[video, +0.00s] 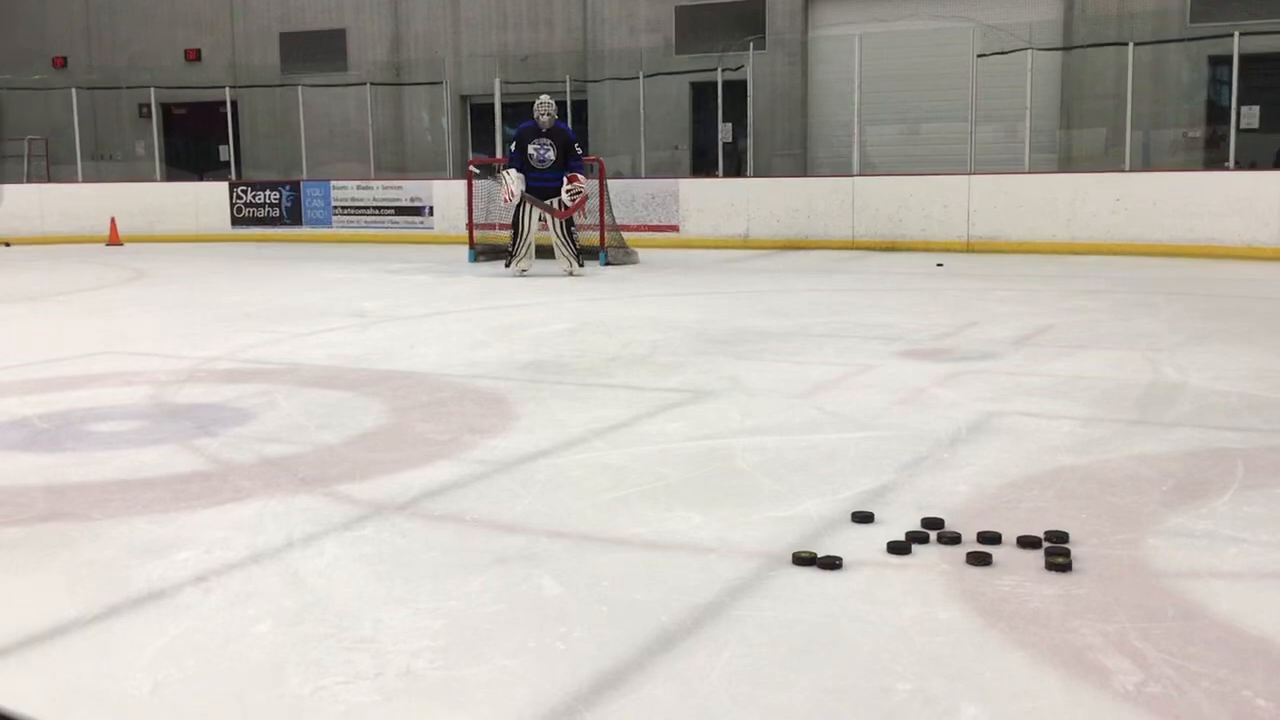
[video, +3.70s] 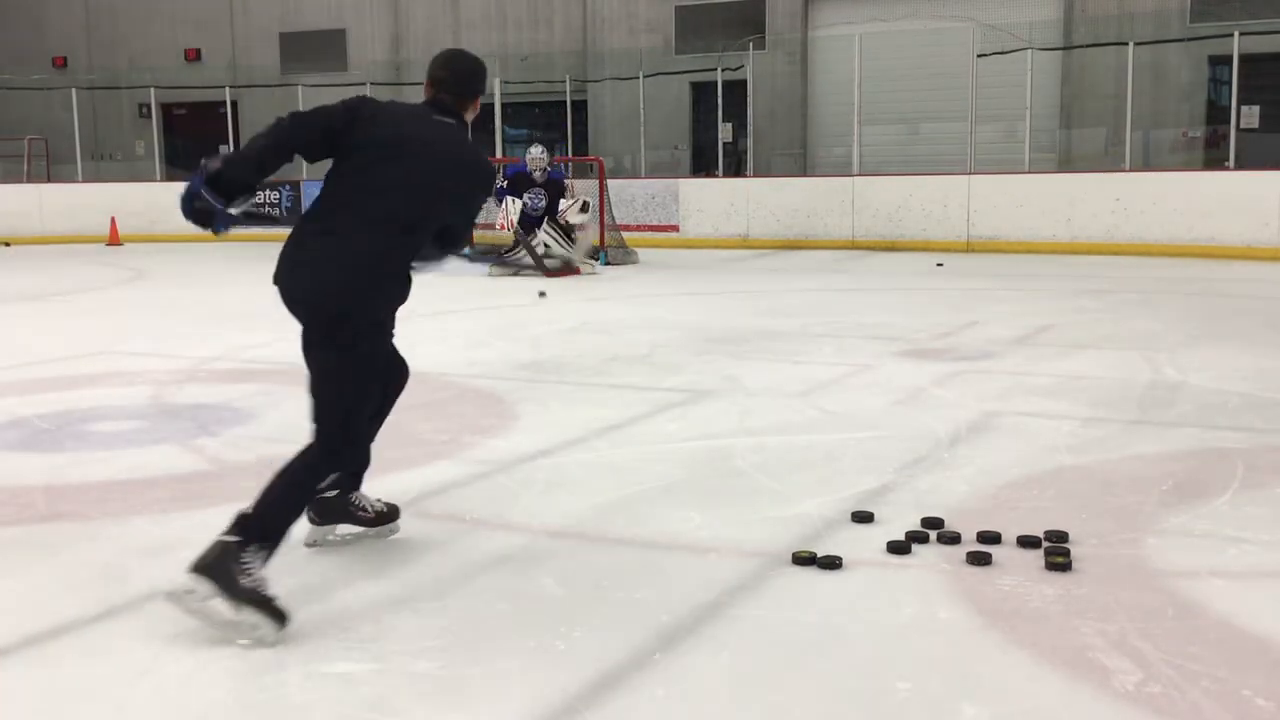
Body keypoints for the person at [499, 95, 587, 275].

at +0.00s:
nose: (544, 118)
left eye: (548, 114)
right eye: (540, 114)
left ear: (554, 115)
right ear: (535, 115)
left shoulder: (563, 133)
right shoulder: (524, 131)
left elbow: (575, 160)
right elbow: (515, 159)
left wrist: (576, 184)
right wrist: (512, 181)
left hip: (556, 190)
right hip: (529, 190)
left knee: (562, 228)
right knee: (523, 227)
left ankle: (572, 265)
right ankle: (519, 266)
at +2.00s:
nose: (550, 137)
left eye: (553, 133)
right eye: (546, 133)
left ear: (559, 129)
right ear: (539, 128)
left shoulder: (566, 144)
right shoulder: (524, 139)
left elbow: (574, 170)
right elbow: (511, 161)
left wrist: (568, 187)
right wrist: (513, 177)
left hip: (557, 195)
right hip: (529, 194)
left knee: (571, 230)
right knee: (516, 229)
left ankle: (584, 264)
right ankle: (505, 265)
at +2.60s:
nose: (539, 142)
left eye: (543, 138)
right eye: (536, 138)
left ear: (549, 138)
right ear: (530, 137)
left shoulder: (558, 153)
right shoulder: (519, 153)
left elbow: (573, 175)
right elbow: (504, 176)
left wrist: (580, 167)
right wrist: (497, 197)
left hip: (552, 198)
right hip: (523, 198)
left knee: (566, 229)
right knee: (509, 229)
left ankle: (579, 263)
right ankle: (496, 264)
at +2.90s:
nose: (539, 149)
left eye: (543, 145)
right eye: (536, 145)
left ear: (549, 146)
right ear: (530, 146)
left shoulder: (556, 164)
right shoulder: (520, 163)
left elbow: (570, 185)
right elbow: (503, 187)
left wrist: (580, 176)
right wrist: (496, 208)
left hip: (549, 204)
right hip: (521, 203)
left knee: (564, 233)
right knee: (507, 232)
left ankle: (583, 263)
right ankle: (491, 264)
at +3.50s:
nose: (538, 155)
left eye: (541, 151)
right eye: (534, 151)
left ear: (547, 152)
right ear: (528, 153)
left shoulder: (556, 170)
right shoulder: (516, 169)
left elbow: (569, 195)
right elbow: (500, 191)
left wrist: (580, 186)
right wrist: (501, 211)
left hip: (549, 209)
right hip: (523, 209)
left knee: (565, 236)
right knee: (510, 237)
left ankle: (584, 263)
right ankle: (491, 265)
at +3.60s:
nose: (538, 158)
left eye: (541, 154)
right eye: (534, 154)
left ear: (548, 156)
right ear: (528, 156)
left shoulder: (556, 174)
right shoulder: (516, 171)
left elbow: (565, 197)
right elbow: (500, 191)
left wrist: (573, 204)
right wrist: (512, 210)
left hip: (549, 217)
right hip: (522, 217)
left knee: (565, 241)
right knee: (512, 243)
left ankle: (587, 264)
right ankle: (493, 266)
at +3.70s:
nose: (536, 164)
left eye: (540, 160)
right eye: (532, 160)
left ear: (547, 160)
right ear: (527, 161)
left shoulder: (556, 180)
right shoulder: (518, 178)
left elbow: (564, 203)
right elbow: (501, 196)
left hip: (549, 224)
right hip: (524, 225)